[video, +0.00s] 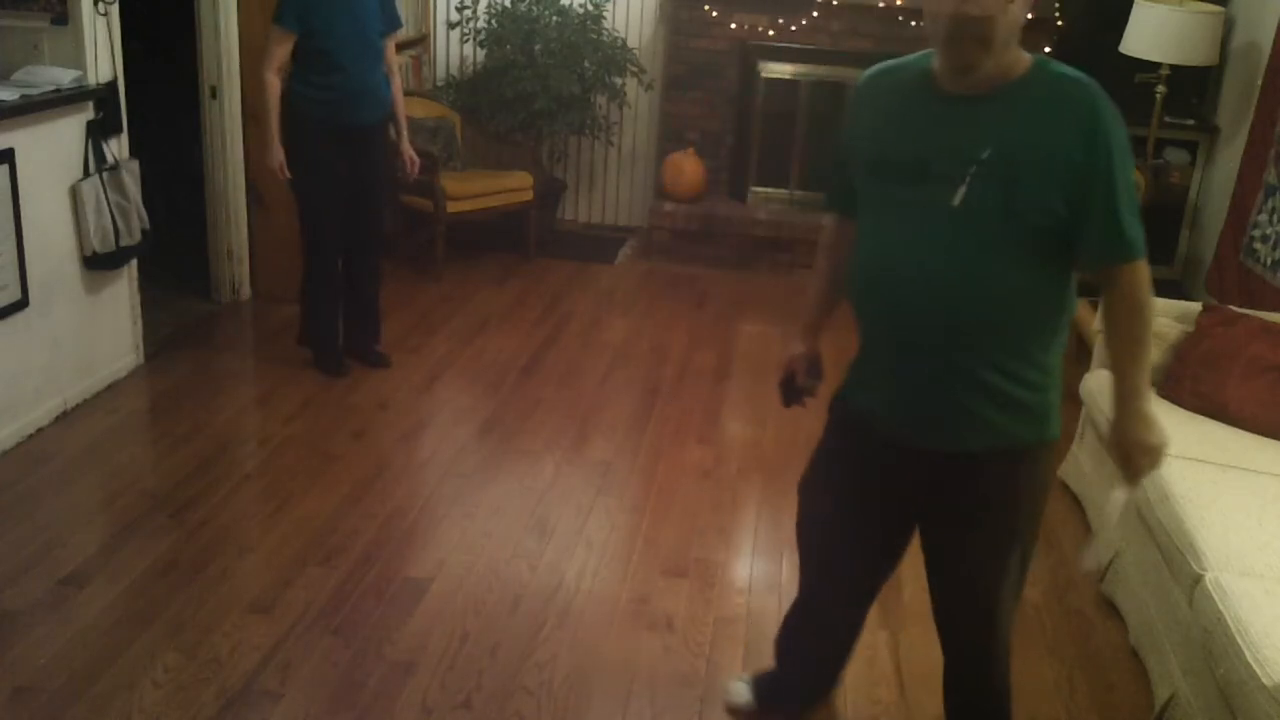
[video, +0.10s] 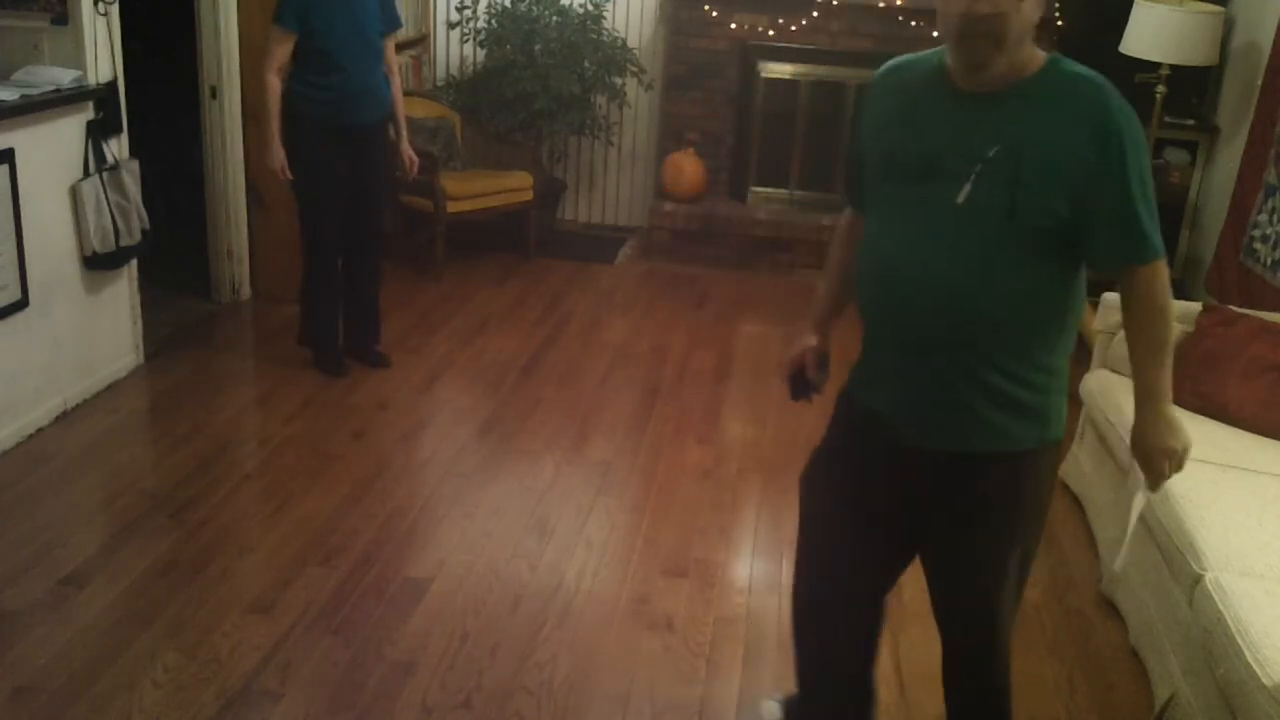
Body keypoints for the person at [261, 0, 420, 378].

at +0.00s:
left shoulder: (381, 6)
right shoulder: (298, 6)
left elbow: (391, 69)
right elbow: (272, 70)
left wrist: (403, 138)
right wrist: (273, 143)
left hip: (369, 132)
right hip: (314, 134)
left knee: (367, 238)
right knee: (322, 240)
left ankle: (363, 340)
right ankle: (323, 345)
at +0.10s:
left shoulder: (381, 6)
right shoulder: (297, 6)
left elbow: (391, 69)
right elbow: (273, 70)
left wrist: (402, 138)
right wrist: (274, 142)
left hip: (369, 132)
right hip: (315, 133)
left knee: (367, 238)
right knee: (322, 239)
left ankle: (363, 339)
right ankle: (323, 345)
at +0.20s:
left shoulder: (380, 6)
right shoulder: (297, 6)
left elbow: (390, 69)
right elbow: (274, 71)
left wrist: (401, 138)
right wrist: (276, 144)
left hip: (369, 132)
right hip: (316, 134)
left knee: (367, 239)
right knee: (323, 240)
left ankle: (363, 339)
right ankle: (323, 345)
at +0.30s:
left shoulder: (380, 6)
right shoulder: (297, 6)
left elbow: (390, 68)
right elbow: (274, 72)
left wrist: (401, 139)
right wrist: (278, 144)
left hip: (370, 132)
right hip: (317, 134)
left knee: (367, 239)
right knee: (323, 240)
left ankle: (363, 339)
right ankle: (323, 345)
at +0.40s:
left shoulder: (380, 6)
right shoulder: (297, 6)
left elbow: (389, 69)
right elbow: (274, 72)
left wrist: (401, 139)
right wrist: (279, 144)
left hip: (370, 134)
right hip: (317, 135)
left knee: (367, 240)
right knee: (322, 241)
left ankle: (363, 340)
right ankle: (323, 345)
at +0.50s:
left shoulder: (379, 6)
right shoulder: (296, 6)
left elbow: (389, 69)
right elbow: (274, 73)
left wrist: (400, 137)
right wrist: (279, 144)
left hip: (370, 133)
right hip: (317, 135)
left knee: (367, 240)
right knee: (322, 242)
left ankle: (363, 340)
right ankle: (323, 345)